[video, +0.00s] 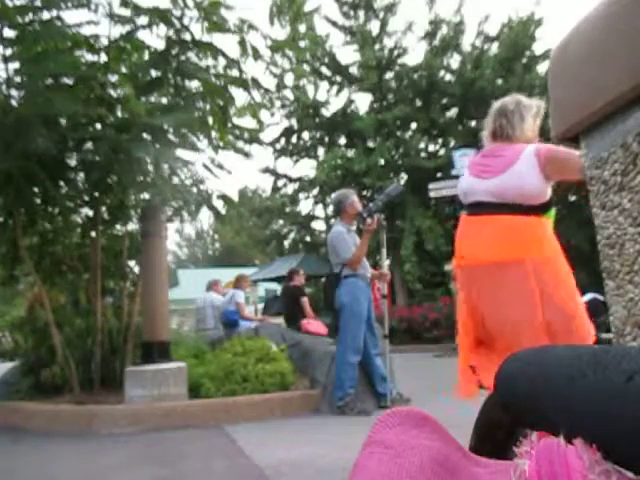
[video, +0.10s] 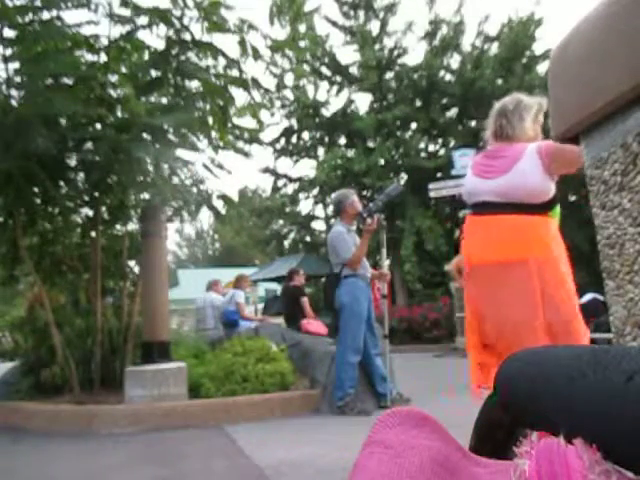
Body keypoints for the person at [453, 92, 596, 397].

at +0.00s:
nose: (538, 129)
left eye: (537, 123)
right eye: (536, 123)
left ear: (493, 127)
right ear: (527, 126)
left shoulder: (475, 161)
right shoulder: (537, 155)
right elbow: (592, 166)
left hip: (474, 247)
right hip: (524, 247)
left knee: (493, 332)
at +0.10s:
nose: (542, 128)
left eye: (542, 122)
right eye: (539, 122)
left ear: (496, 127)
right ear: (529, 125)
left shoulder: (478, 161)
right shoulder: (540, 152)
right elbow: (583, 157)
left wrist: (464, 254)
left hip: (482, 244)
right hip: (532, 244)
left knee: (496, 321)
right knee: (545, 314)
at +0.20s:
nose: (544, 130)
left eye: (543, 123)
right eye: (541, 123)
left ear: (497, 126)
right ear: (530, 125)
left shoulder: (480, 160)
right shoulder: (543, 151)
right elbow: (588, 155)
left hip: (485, 245)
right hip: (534, 244)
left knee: (497, 324)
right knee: (545, 318)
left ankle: (505, 399)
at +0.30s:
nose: (547, 129)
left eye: (547, 123)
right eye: (544, 123)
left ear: (499, 127)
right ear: (533, 125)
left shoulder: (481, 162)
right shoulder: (546, 151)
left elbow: (470, 167)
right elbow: (590, 152)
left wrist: (474, 157)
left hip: (489, 241)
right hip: (538, 240)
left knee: (497, 321)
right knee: (547, 317)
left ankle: (504, 396)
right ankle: (552, 394)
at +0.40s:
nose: (549, 127)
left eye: (549, 120)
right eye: (545, 120)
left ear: (503, 126)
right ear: (532, 123)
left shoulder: (483, 162)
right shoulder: (548, 150)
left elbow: (464, 168)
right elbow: (589, 149)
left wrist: (465, 153)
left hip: (492, 243)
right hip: (541, 242)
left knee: (498, 321)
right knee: (548, 318)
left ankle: (503, 395)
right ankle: (549, 394)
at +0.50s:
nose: (550, 129)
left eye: (550, 122)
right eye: (546, 122)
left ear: (503, 128)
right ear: (534, 124)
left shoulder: (484, 163)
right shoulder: (549, 151)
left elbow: (466, 169)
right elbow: (589, 149)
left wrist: (460, 163)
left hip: (495, 239)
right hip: (543, 238)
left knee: (502, 319)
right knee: (552, 316)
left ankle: (505, 394)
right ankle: (552, 393)